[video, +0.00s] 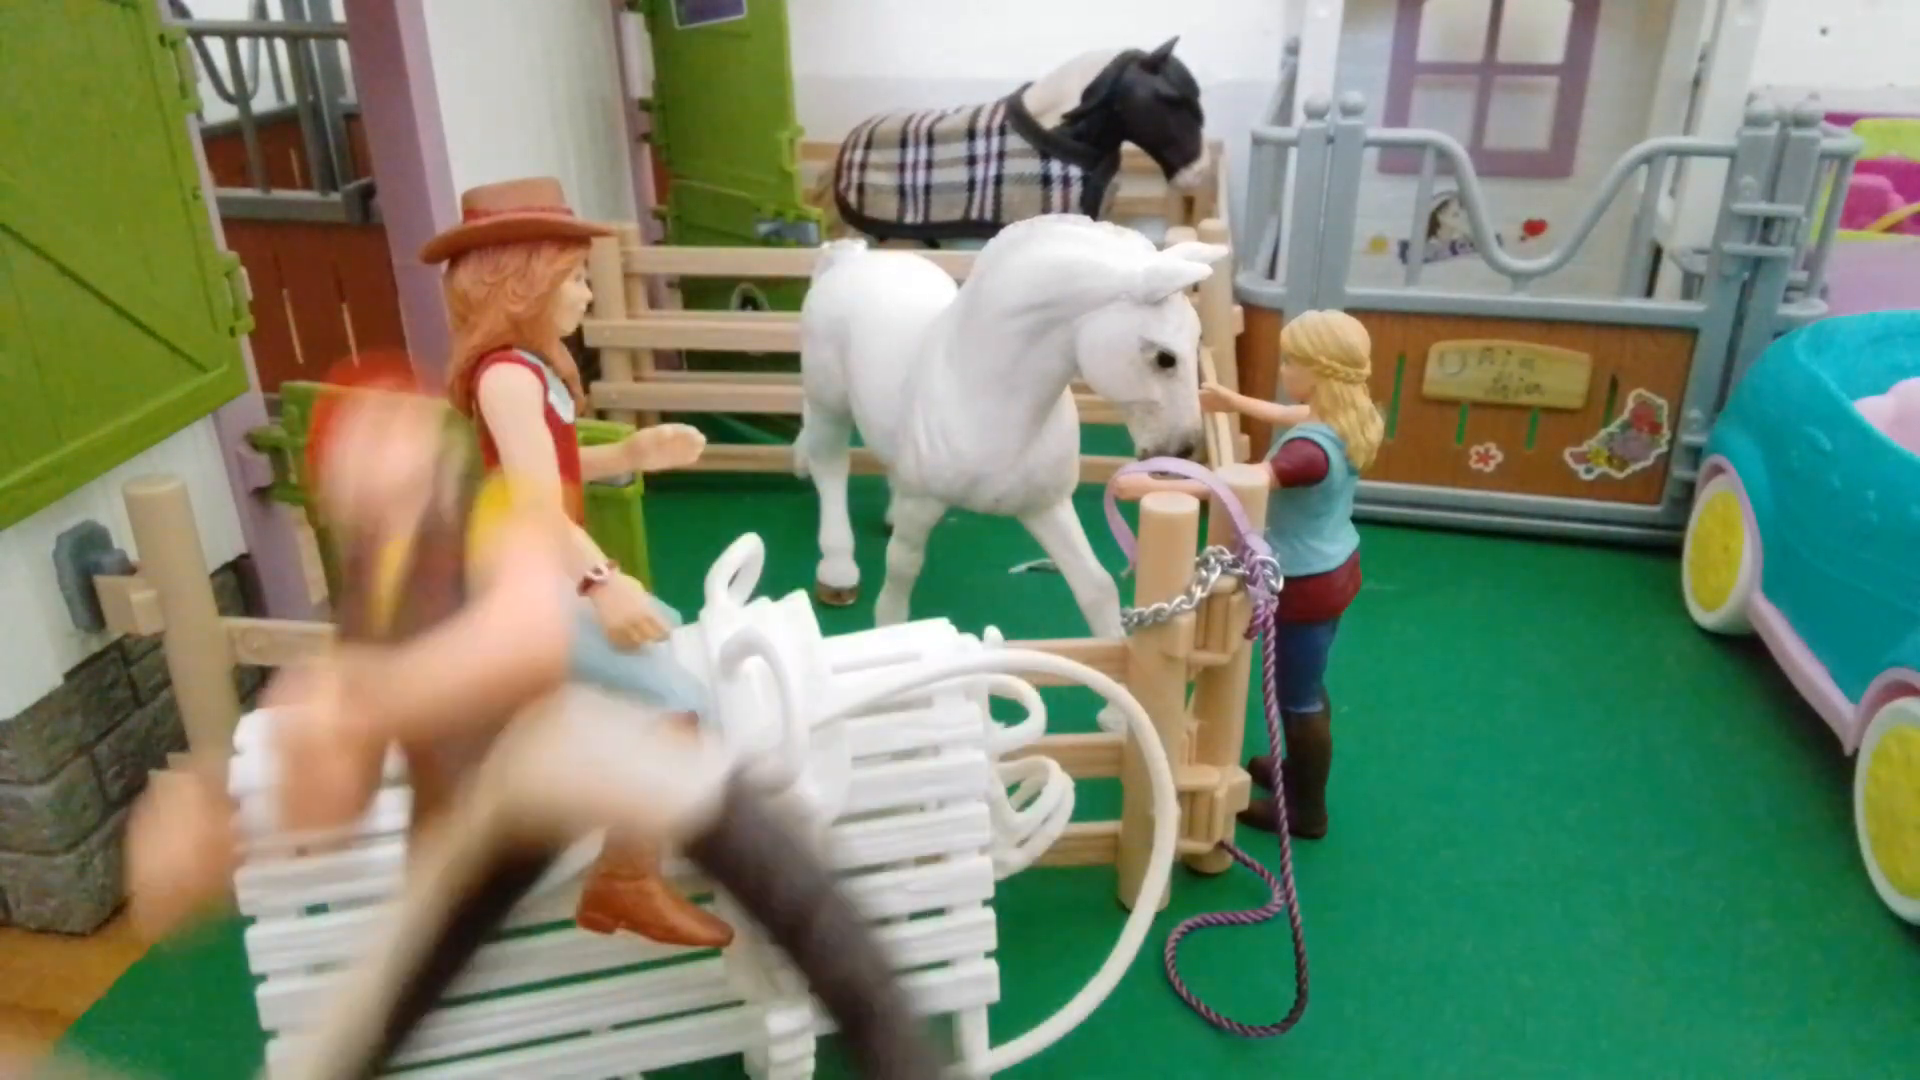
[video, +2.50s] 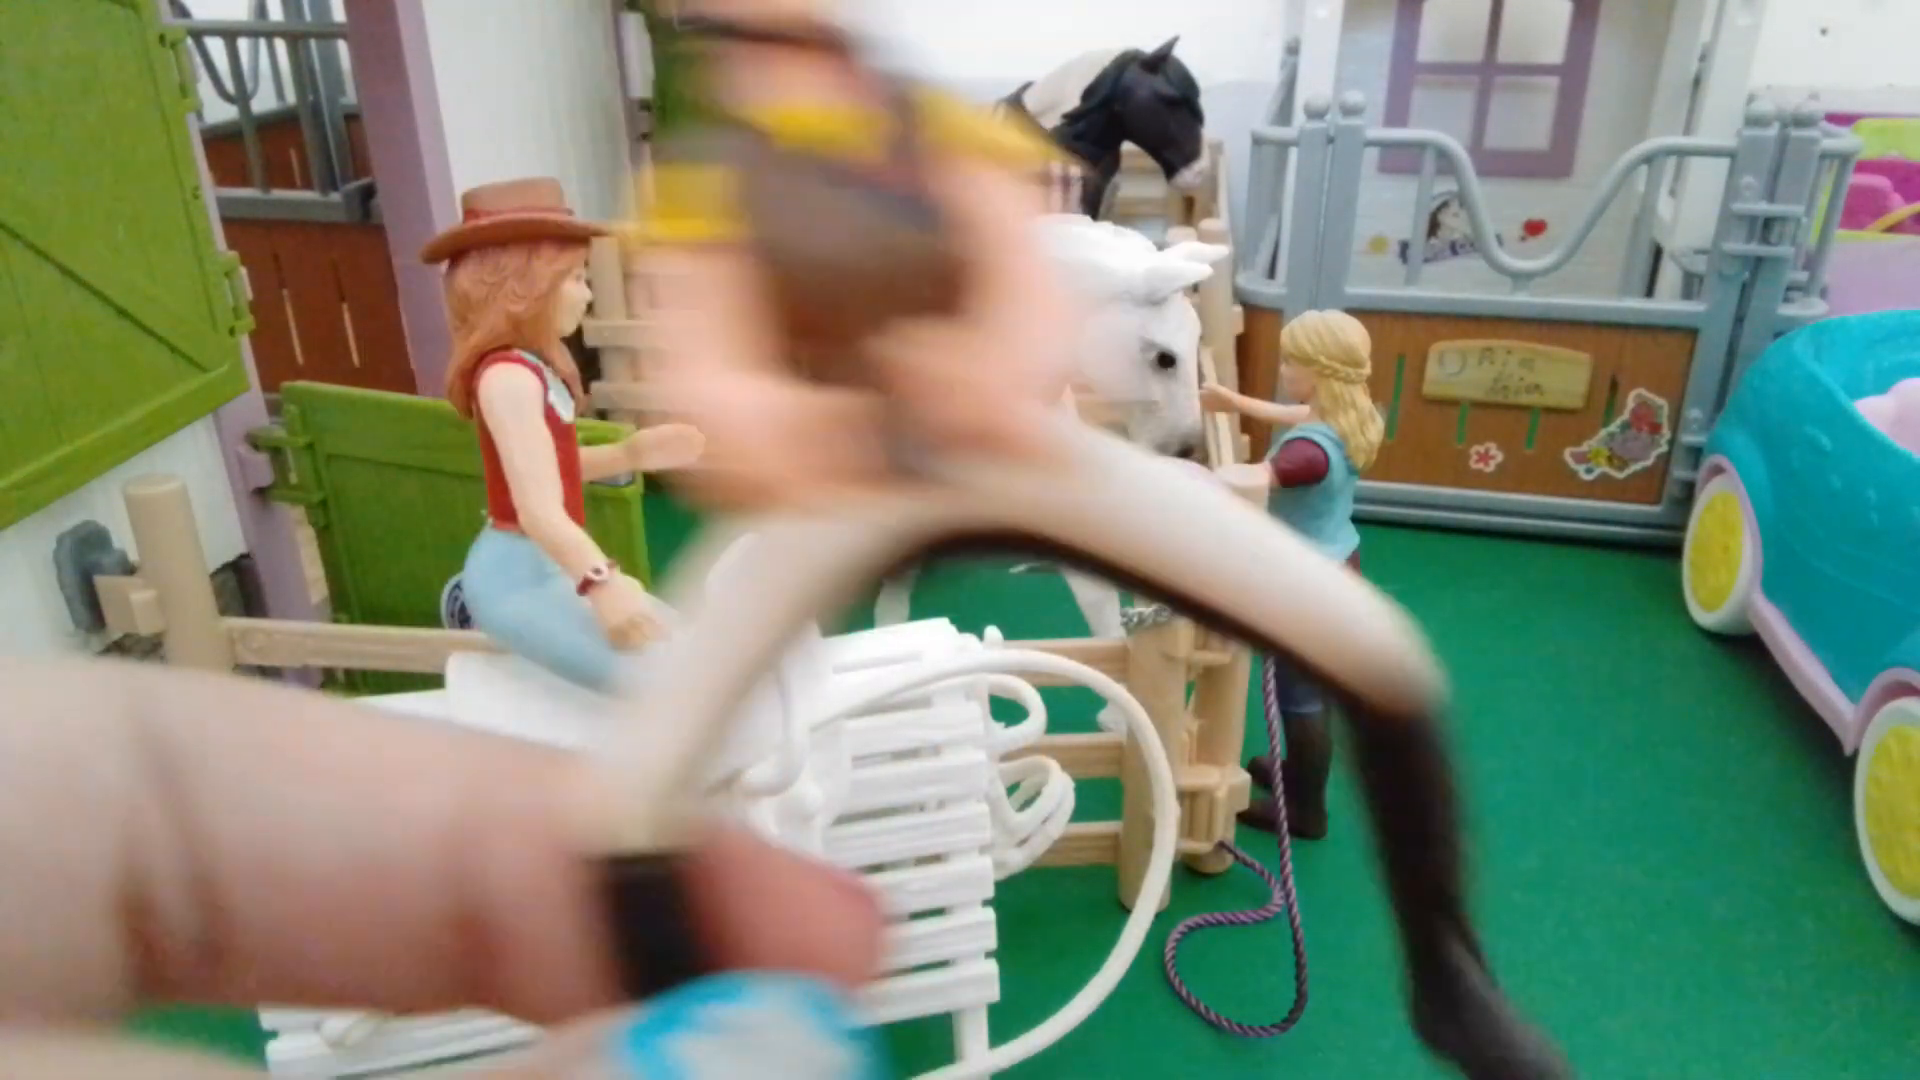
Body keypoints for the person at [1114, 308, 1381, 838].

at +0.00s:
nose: (1283, 370)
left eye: (1290, 361)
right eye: (1285, 360)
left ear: (1319, 371)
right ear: (1338, 372)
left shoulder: (1315, 448)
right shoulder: (1347, 418)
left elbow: (1247, 478)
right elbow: (1288, 415)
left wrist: (1159, 485)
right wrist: (1235, 400)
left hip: (1304, 587)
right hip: (1332, 567)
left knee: (1300, 700)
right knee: (1300, 681)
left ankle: (1304, 812)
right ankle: (1299, 773)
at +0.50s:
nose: (1283, 369)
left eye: (1291, 360)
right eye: (1285, 359)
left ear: (1321, 371)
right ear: (1338, 371)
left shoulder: (1316, 447)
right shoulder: (1349, 416)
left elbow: (1246, 478)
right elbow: (1289, 415)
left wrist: (1160, 484)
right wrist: (1235, 399)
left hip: (1306, 588)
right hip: (1332, 566)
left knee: (1301, 702)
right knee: (1302, 683)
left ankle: (1305, 813)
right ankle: (1300, 775)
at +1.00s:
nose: (1282, 370)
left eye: (1289, 361)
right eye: (1284, 360)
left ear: (1318, 372)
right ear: (1337, 372)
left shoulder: (1315, 447)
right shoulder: (1348, 417)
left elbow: (1252, 478)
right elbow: (1288, 416)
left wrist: (1165, 484)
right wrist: (1235, 400)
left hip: (1304, 587)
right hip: (1332, 566)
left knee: (1299, 699)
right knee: (1301, 681)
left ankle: (1304, 811)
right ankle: (1300, 773)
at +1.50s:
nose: (1282, 371)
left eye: (1290, 362)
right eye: (1284, 360)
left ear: (1319, 372)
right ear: (1337, 373)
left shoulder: (1314, 448)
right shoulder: (1348, 417)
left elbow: (1244, 479)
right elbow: (1288, 416)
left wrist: (1159, 484)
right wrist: (1235, 400)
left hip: (1304, 589)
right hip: (1331, 568)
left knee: (1299, 700)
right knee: (1300, 682)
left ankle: (1303, 812)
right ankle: (1299, 774)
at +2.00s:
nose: (1282, 370)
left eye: (1290, 361)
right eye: (1285, 359)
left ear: (1319, 372)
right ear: (1336, 372)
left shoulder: (1314, 447)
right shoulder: (1347, 417)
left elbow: (1242, 480)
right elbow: (1286, 415)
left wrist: (1157, 484)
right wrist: (1235, 401)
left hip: (1304, 588)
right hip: (1331, 567)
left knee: (1300, 701)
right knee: (1301, 682)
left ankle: (1303, 813)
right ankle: (1298, 773)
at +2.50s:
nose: (1281, 371)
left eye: (1290, 363)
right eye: (1284, 361)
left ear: (1317, 374)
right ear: (1336, 373)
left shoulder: (1315, 448)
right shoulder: (1346, 419)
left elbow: (1253, 479)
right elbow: (1292, 415)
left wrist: (1193, 479)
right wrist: (1236, 401)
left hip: (1309, 579)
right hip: (1333, 565)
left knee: (1297, 691)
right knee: (1299, 676)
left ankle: (1302, 809)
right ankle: (1298, 771)